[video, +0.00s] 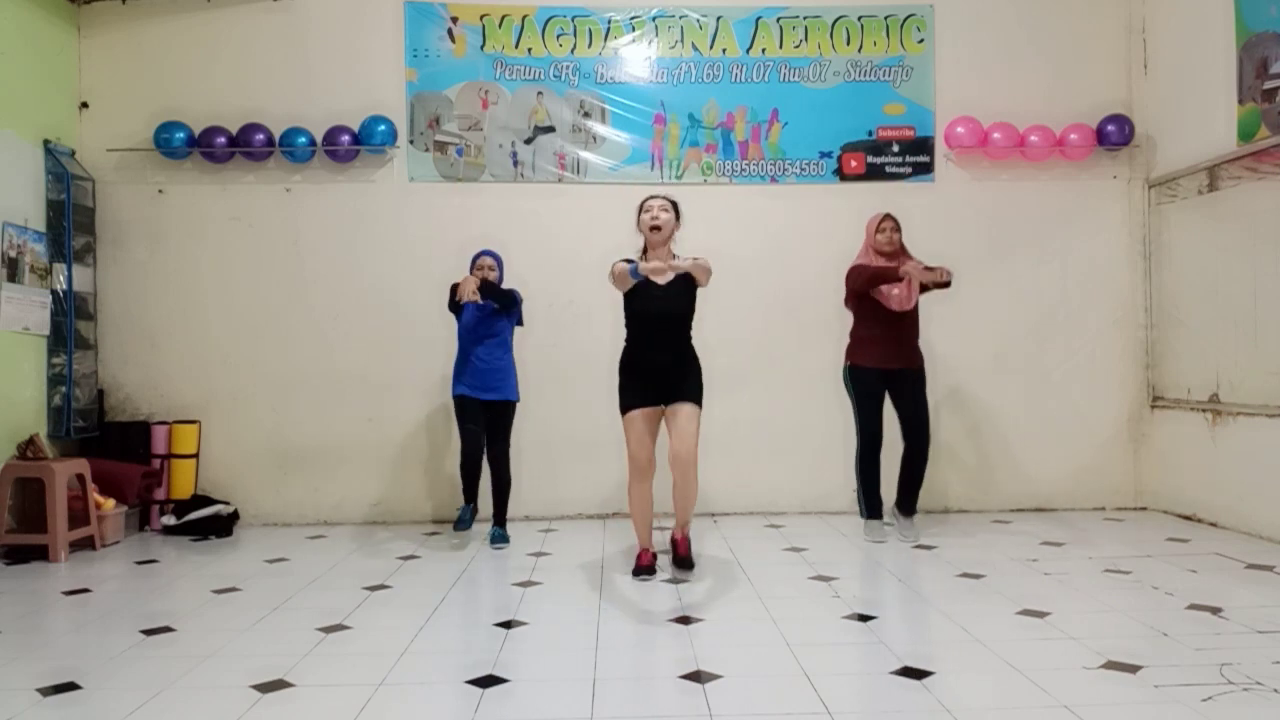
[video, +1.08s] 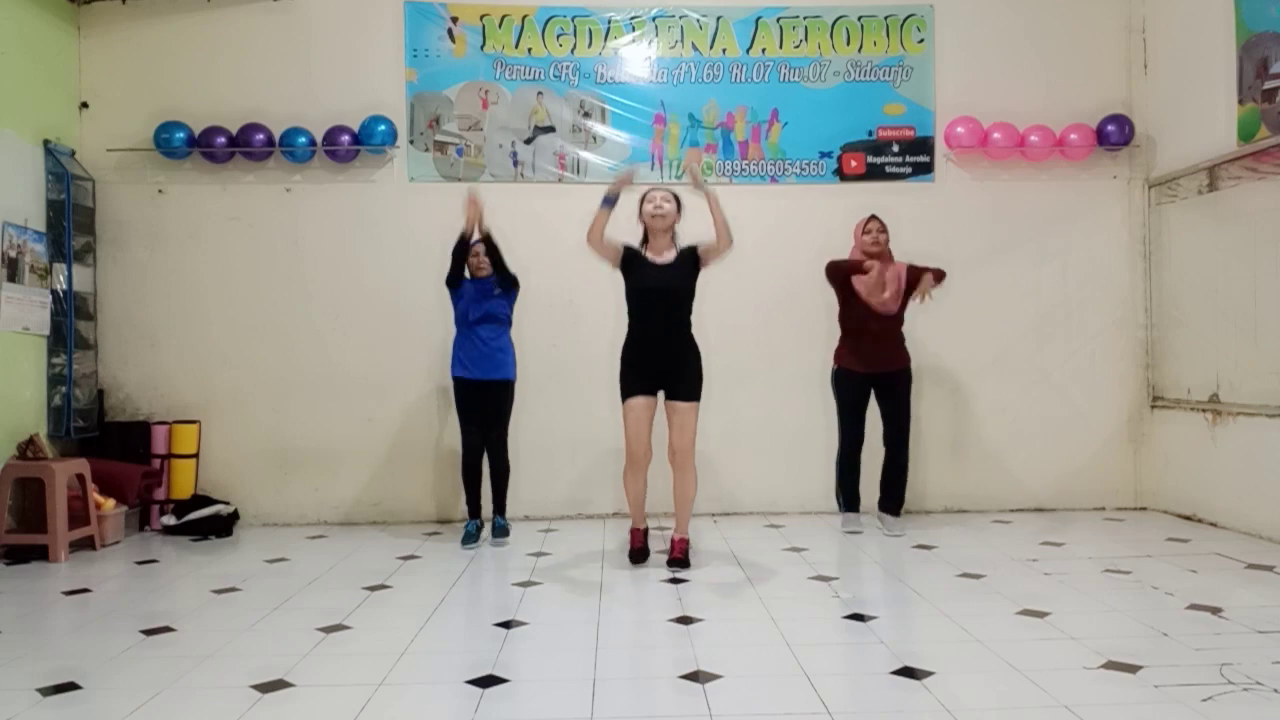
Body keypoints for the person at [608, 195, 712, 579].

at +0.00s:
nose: (655, 215)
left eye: (664, 210)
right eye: (648, 211)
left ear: (676, 224)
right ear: (639, 225)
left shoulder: (691, 266)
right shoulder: (627, 267)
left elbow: (704, 274)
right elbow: (619, 276)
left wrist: (685, 268)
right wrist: (637, 271)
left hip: (682, 369)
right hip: (638, 370)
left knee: (684, 456)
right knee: (640, 462)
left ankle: (682, 536)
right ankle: (645, 548)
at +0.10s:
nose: (648, 218)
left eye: (656, 212)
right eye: (643, 215)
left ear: (676, 225)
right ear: (639, 227)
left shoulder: (693, 269)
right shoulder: (631, 270)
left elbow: (705, 267)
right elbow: (620, 277)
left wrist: (690, 253)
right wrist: (633, 259)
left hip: (684, 371)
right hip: (639, 371)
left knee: (683, 465)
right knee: (638, 465)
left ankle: (678, 548)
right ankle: (645, 547)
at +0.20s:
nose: (641, 219)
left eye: (651, 213)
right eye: (639, 214)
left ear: (673, 223)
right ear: (640, 224)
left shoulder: (693, 266)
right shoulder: (632, 267)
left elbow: (708, 234)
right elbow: (615, 242)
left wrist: (682, 192)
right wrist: (629, 204)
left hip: (685, 368)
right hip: (642, 367)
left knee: (684, 462)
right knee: (636, 442)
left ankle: (679, 547)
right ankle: (644, 524)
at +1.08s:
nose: (658, 204)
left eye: (666, 202)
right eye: (650, 202)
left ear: (677, 216)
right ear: (641, 215)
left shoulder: (691, 256)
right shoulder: (629, 256)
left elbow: (724, 241)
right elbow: (595, 239)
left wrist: (705, 189)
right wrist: (614, 191)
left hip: (682, 360)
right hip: (639, 360)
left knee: (681, 453)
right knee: (637, 453)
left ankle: (680, 537)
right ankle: (637, 530)